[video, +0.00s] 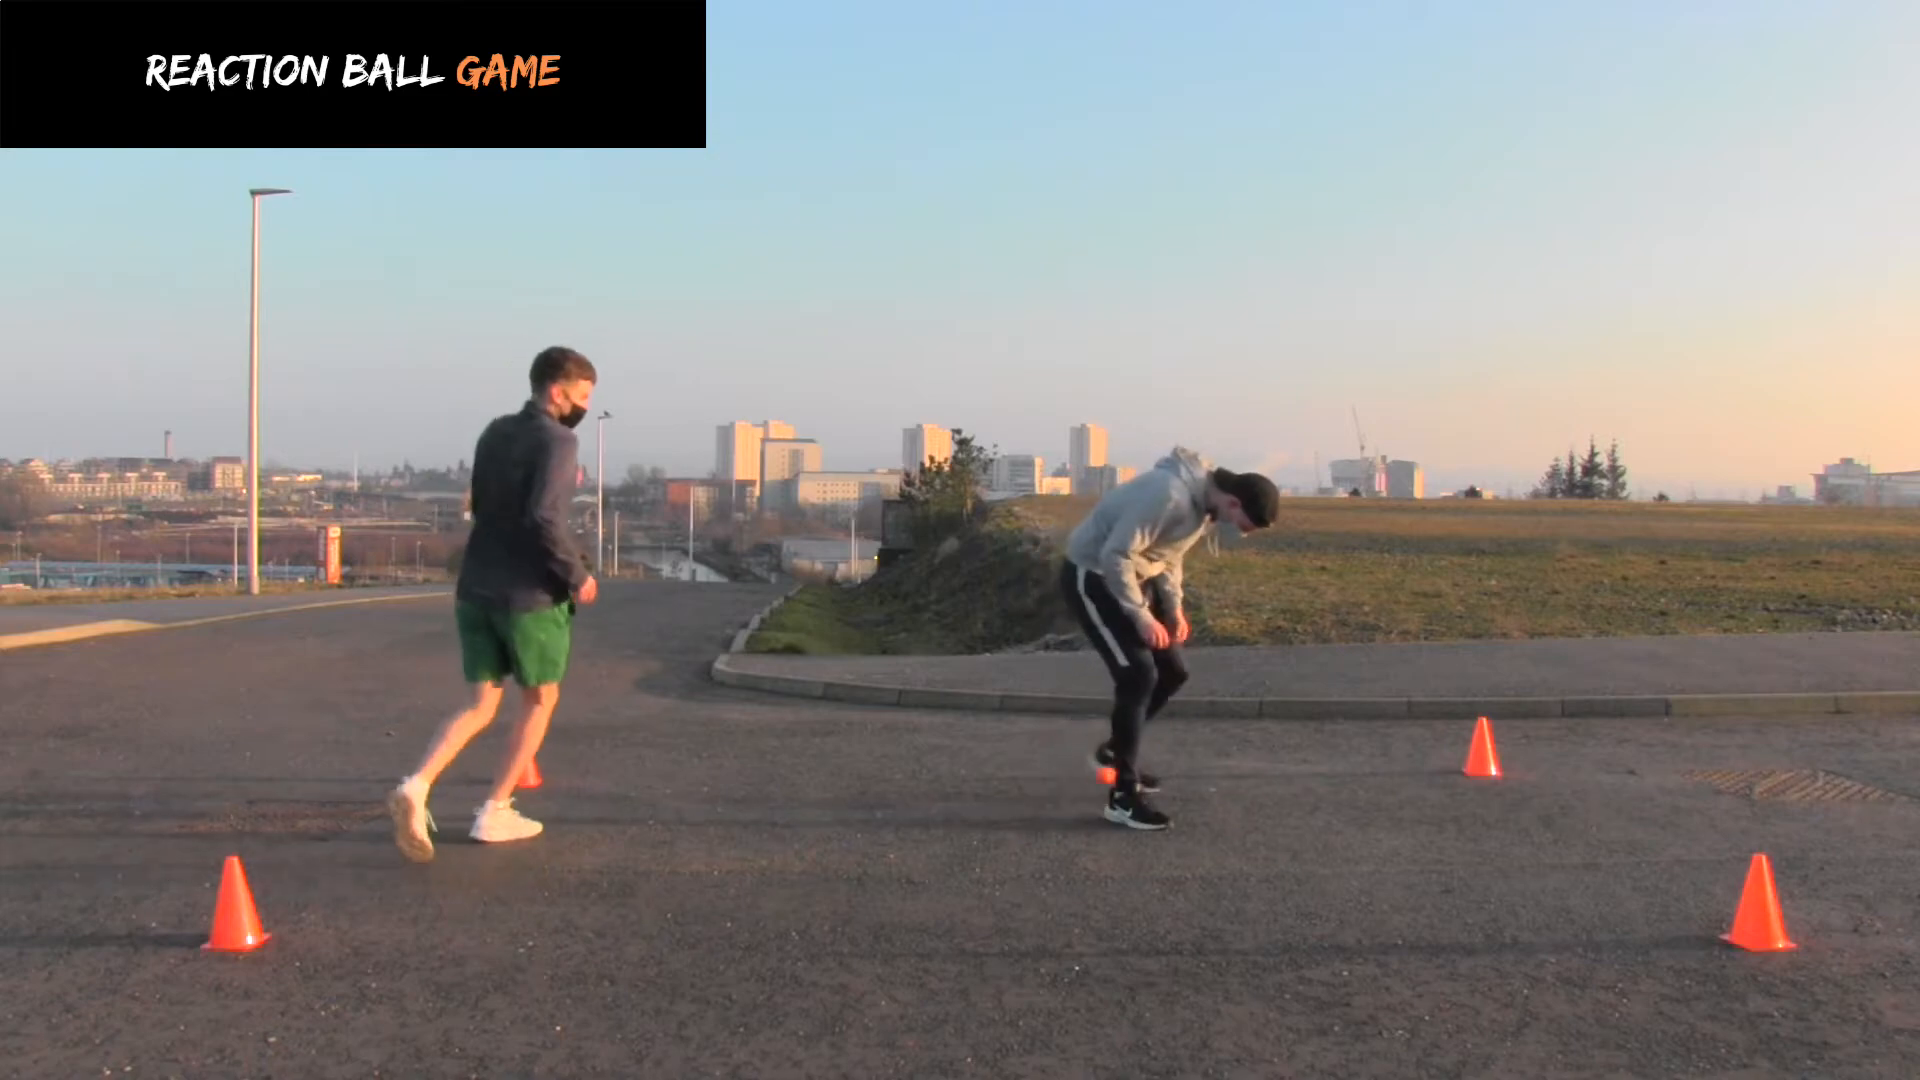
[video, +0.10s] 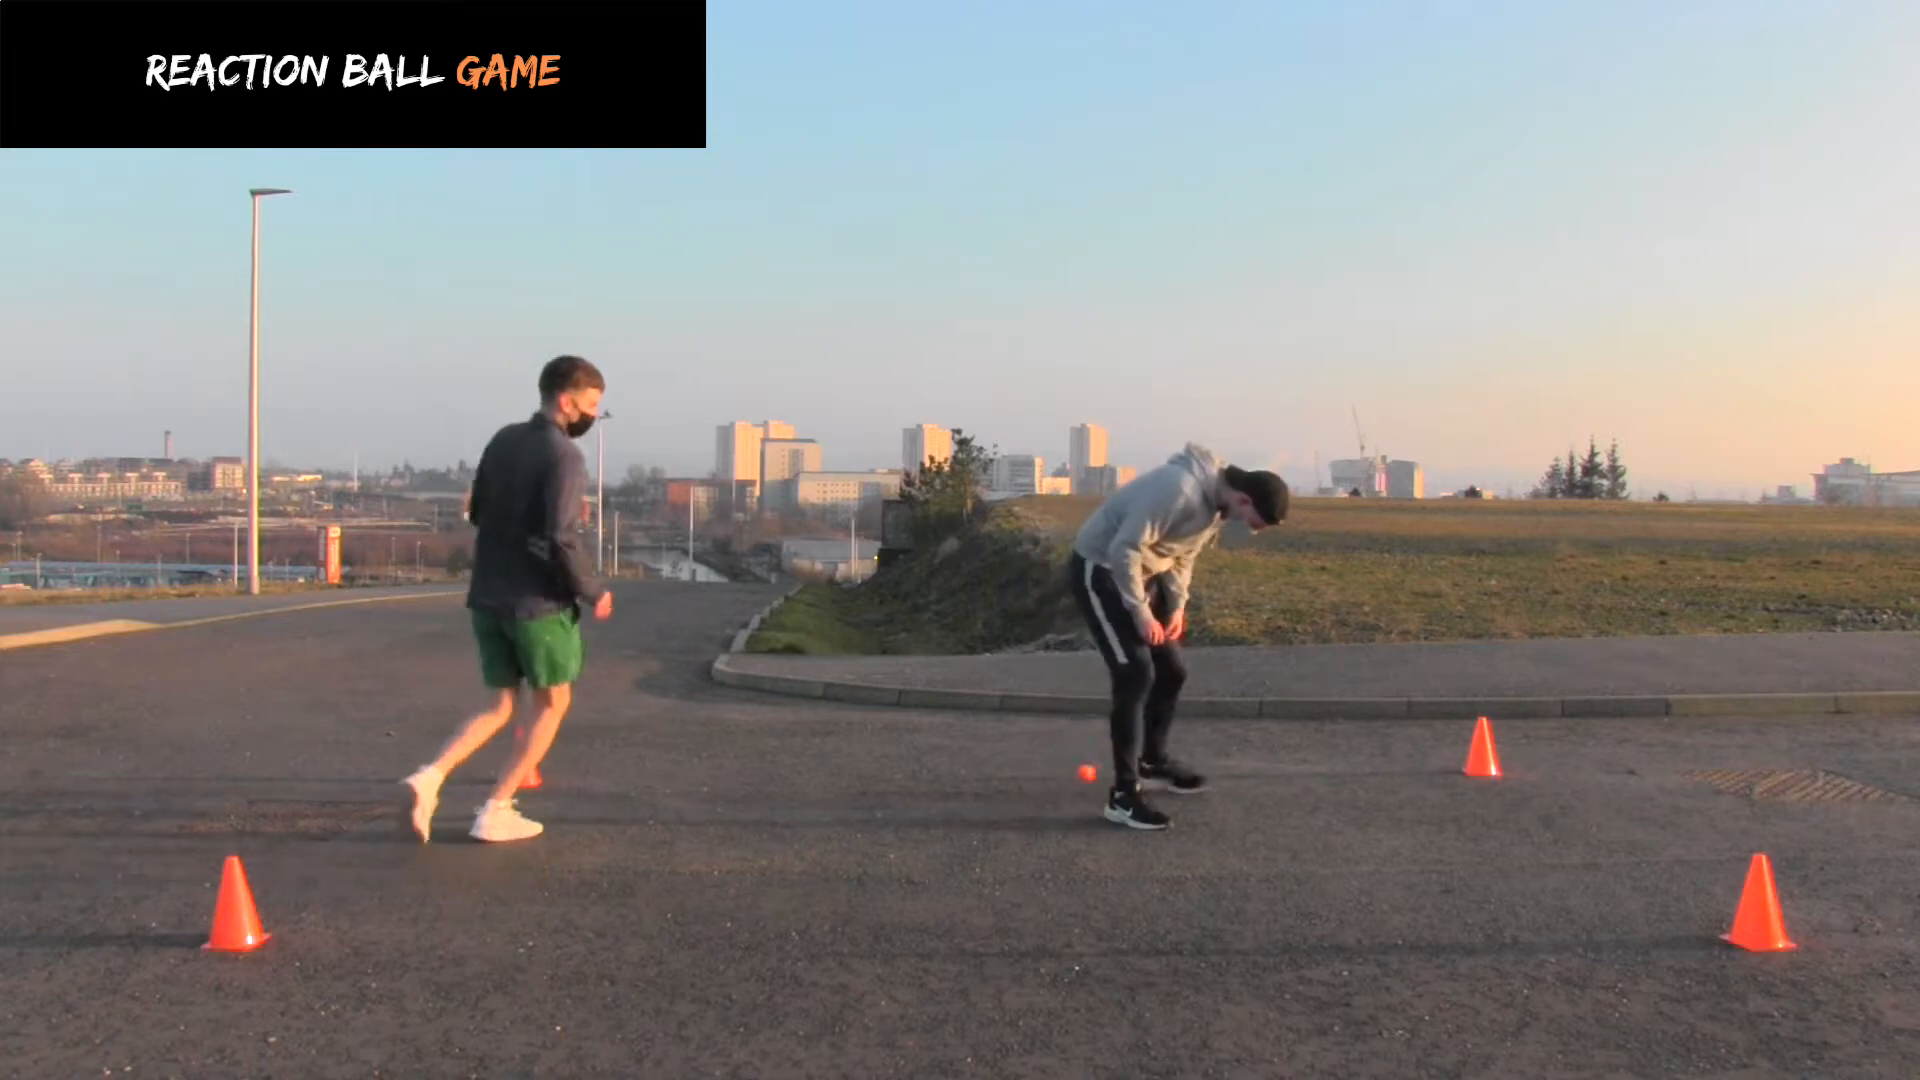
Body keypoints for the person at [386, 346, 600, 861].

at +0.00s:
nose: (586, 408)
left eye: (589, 398)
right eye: (583, 397)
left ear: (544, 391)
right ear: (557, 389)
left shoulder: (495, 432)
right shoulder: (558, 441)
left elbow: (481, 506)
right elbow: (544, 516)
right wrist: (578, 576)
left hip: (477, 586)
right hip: (530, 593)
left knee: (481, 703)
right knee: (540, 697)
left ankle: (415, 787)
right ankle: (496, 812)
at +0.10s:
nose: (595, 416)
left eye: (598, 407)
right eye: (592, 405)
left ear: (554, 399)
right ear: (565, 399)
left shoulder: (504, 440)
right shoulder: (563, 455)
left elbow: (478, 510)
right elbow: (559, 539)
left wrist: (529, 527)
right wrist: (594, 592)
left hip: (488, 597)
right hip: (537, 602)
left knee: (502, 703)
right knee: (553, 700)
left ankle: (430, 777)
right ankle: (497, 810)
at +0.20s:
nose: (609, 406)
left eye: (612, 397)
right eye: (606, 395)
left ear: (567, 386)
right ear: (582, 386)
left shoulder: (516, 427)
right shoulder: (576, 439)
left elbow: (476, 488)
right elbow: (569, 519)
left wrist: (532, 506)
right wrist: (613, 557)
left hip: (509, 582)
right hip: (550, 587)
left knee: (537, 686)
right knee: (555, 690)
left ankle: (481, 784)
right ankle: (497, 806)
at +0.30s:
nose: (620, 398)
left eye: (623, 389)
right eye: (617, 387)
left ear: (579, 377)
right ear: (594, 377)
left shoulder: (527, 417)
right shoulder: (586, 426)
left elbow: (483, 470)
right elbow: (580, 505)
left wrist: (533, 492)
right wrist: (619, 532)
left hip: (519, 569)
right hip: (558, 574)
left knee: (551, 677)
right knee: (556, 680)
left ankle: (533, 784)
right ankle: (502, 798)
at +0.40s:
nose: (633, 402)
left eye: (636, 393)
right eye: (631, 392)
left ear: (595, 381)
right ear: (608, 383)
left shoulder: (546, 421)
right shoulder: (600, 429)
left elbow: (504, 476)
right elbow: (596, 502)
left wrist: (553, 494)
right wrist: (631, 536)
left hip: (540, 573)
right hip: (575, 576)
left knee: (581, 673)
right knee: (569, 683)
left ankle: (585, 777)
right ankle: (502, 794)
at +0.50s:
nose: (642, 413)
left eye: (645, 404)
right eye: (640, 402)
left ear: (605, 392)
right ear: (618, 393)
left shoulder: (560, 434)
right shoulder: (607, 440)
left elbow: (527, 498)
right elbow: (604, 514)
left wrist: (576, 521)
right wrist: (639, 563)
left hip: (552, 580)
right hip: (584, 584)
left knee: (604, 675)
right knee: (594, 691)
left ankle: (589, 780)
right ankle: (514, 787)